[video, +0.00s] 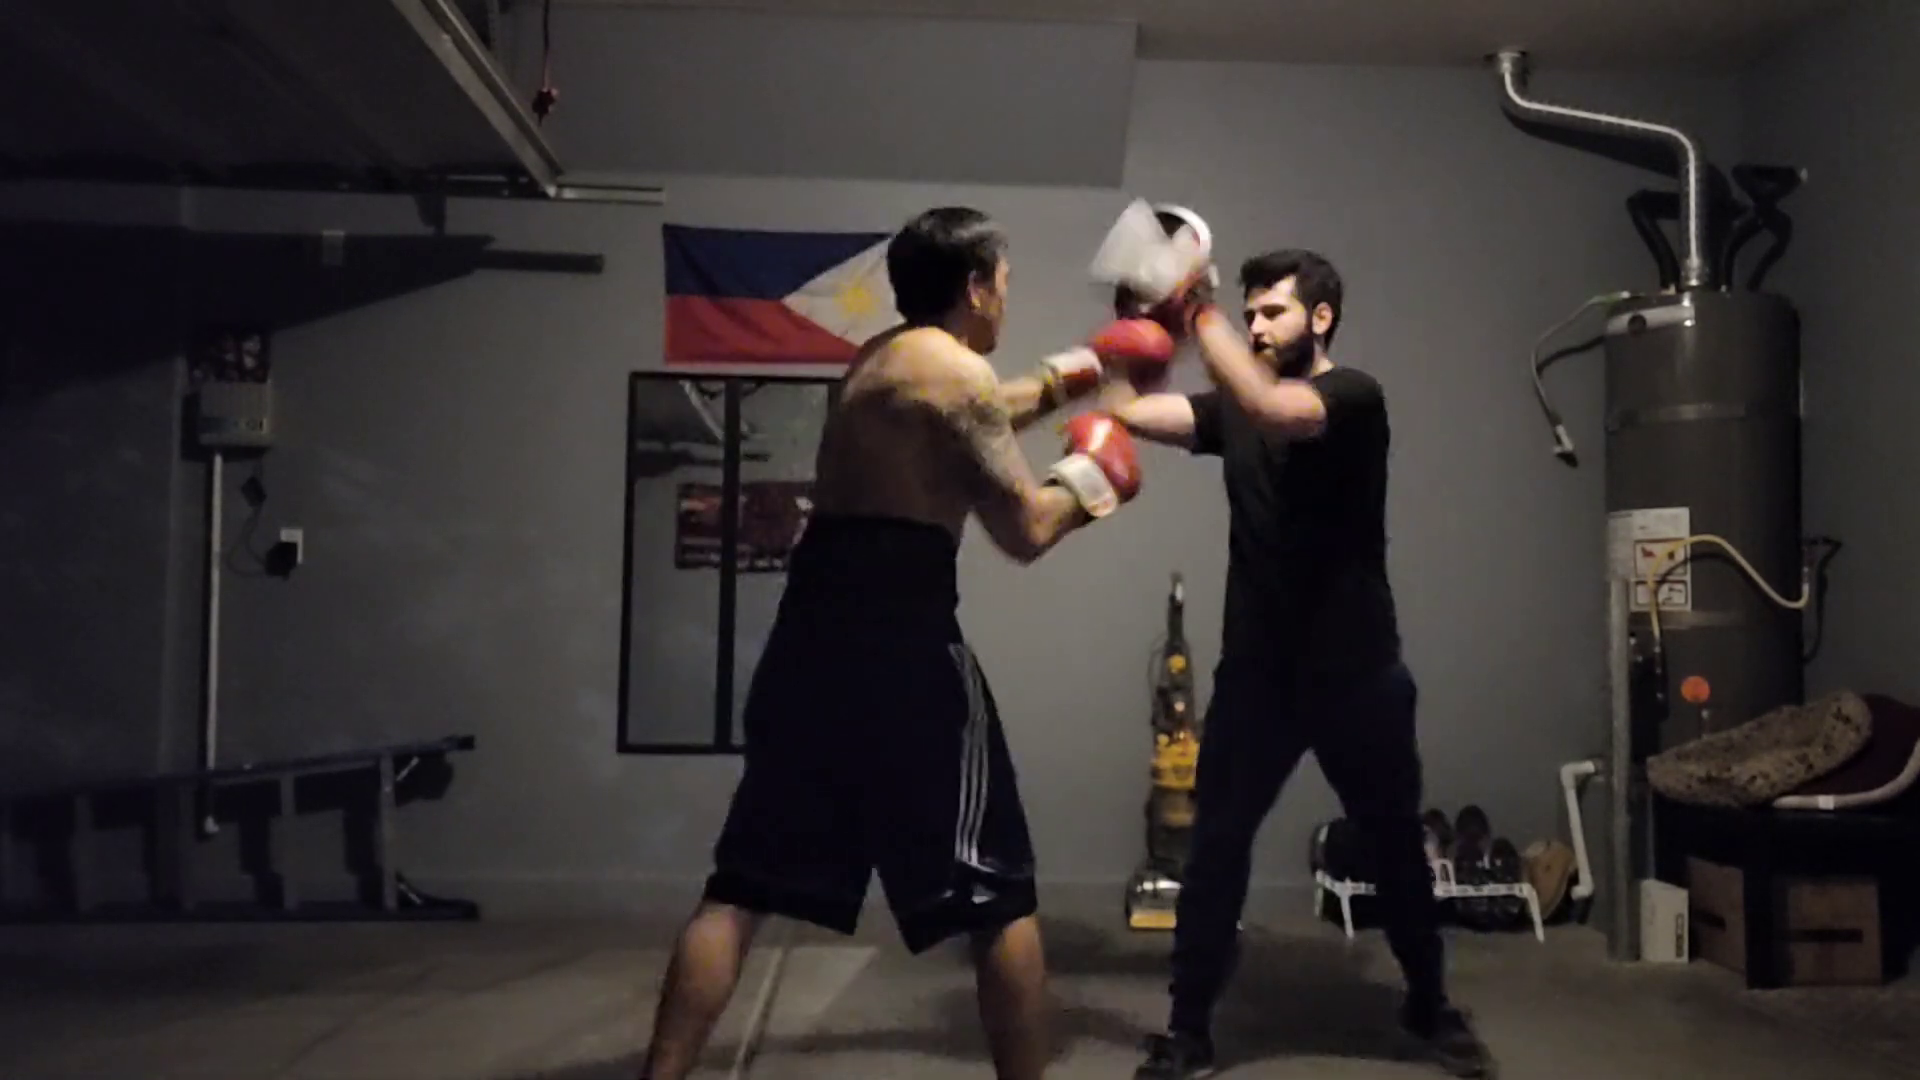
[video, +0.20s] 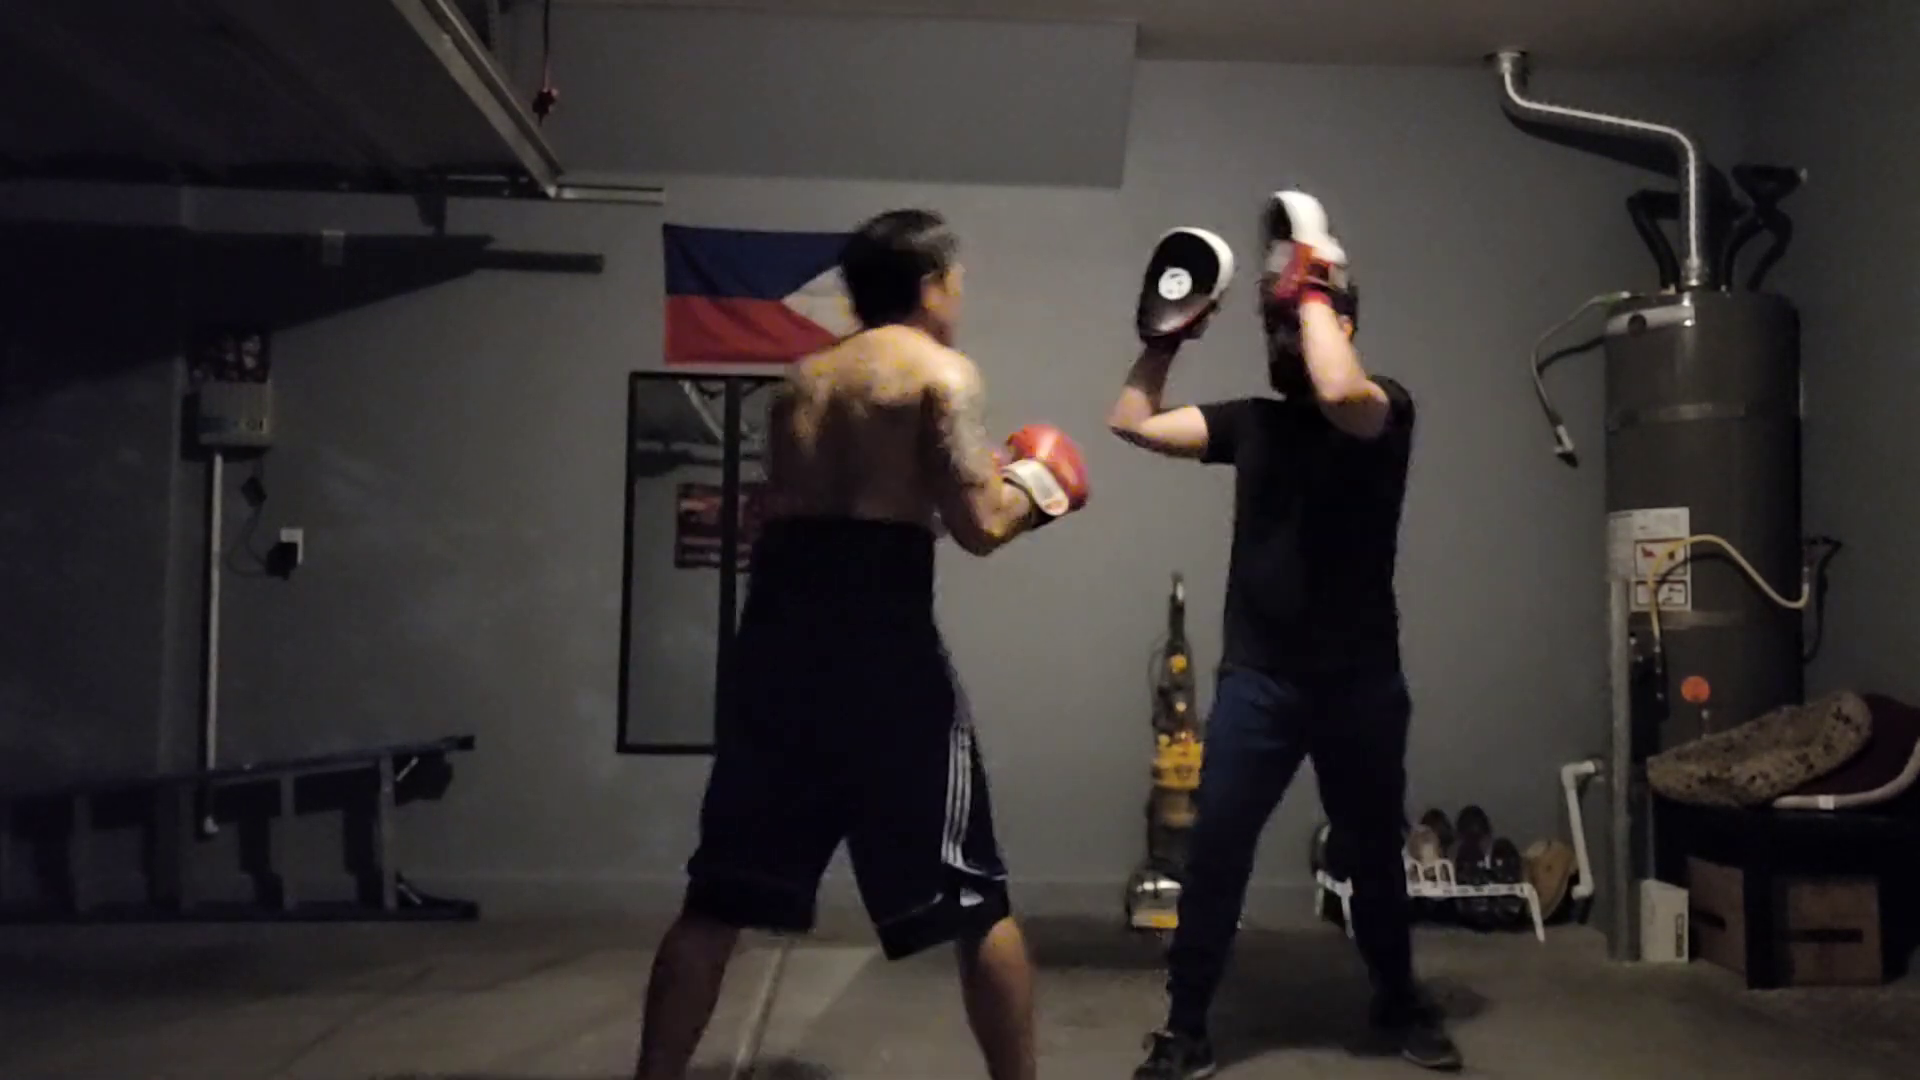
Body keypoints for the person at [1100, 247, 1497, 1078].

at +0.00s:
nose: (1257, 328)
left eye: (1273, 312)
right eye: (1250, 316)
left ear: (1322, 317)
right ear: (1243, 329)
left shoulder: (1357, 395)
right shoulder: (1238, 407)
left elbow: (1272, 406)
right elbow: (1137, 409)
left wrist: (1197, 309)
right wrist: (1118, 343)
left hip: (1355, 671)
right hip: (1258, 673)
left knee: (1394, 840)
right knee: (1216, 845)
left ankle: (1429, 1004)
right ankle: (1188, 1029)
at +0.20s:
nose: (1285, 331)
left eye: (1300, 314)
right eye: (1276, 319)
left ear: (1341, 324)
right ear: (1265, 332)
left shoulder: (1386, 408)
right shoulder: (1253, 420)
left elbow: (1339, 392)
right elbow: (1135, 420)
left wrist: (1314, 294)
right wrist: (1163, 337)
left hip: (1359, 675)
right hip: (1258, 675)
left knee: (1375, 853)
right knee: (1216, 846)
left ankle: (1398, 1008)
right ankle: (1185, 1027)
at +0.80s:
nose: (1255, 354)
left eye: (1271, 339)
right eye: (1247, 341)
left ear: (1308, 341)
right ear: (1237, 346)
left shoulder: (1351, 415)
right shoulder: (1218, 422)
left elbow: (1307, 440)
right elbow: (1112, 426)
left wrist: (1299, 344)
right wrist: (1106, 351)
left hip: (1336, 679)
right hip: (1241, 676)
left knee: (1360, 847)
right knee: (1191, 836)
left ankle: (1396, 1006)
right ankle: (1143, 1013)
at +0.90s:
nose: (1237, 343)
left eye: (1253, 330)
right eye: (1228, 332)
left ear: (1296, 336)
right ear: (1218, 341)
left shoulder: (1327, 411)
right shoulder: (1207, 425)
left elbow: (1249, 426)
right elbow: (1100, 443)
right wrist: (1103, 363)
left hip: (1312, 678)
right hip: (1217, 678)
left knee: (1354, 847)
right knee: (1170, 842)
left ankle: (1395, 1008)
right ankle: (1143, 1014)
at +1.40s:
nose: (1256, 346)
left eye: (1271, 330)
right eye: (1245, 333)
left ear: (1303, 338)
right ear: (1233, 348)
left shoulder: (1347, 416)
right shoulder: (1217, 435)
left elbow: (1335, 442)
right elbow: (1111, 448)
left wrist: (1283, 354)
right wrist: (1133, 373)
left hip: (1332, 682)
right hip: (1234, 683)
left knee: (1362, 848)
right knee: (1179, 830)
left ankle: (1398, 1007)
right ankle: (1144, 1010)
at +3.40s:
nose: (1266, 357)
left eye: (1283, 344)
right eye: (1257, 344)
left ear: (1323, 348)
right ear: (1246, 349)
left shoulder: (1357, 422)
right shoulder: (1218, 425)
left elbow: (1368, 481)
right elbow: (1128, 452)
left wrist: (1345, 381)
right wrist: (1094, 381)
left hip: (1338, 679)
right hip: (1238, 677)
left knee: (1370, 852)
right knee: (1189, 842)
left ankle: (1402, 1008)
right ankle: (1140, 1015)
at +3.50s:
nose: (1247, 362)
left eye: (1264, 347)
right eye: (1238, 347)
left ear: (1306, 350)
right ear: (1227, 353)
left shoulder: (1343, 425)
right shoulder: (1207, 432)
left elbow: (1354, 486)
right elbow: (1157, 510)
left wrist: (1326, 392)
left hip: (1332, 682)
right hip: (1233, 679)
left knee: (1369, 852)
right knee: (1173, 836)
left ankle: (1402, 1007)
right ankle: (1135, 1015)